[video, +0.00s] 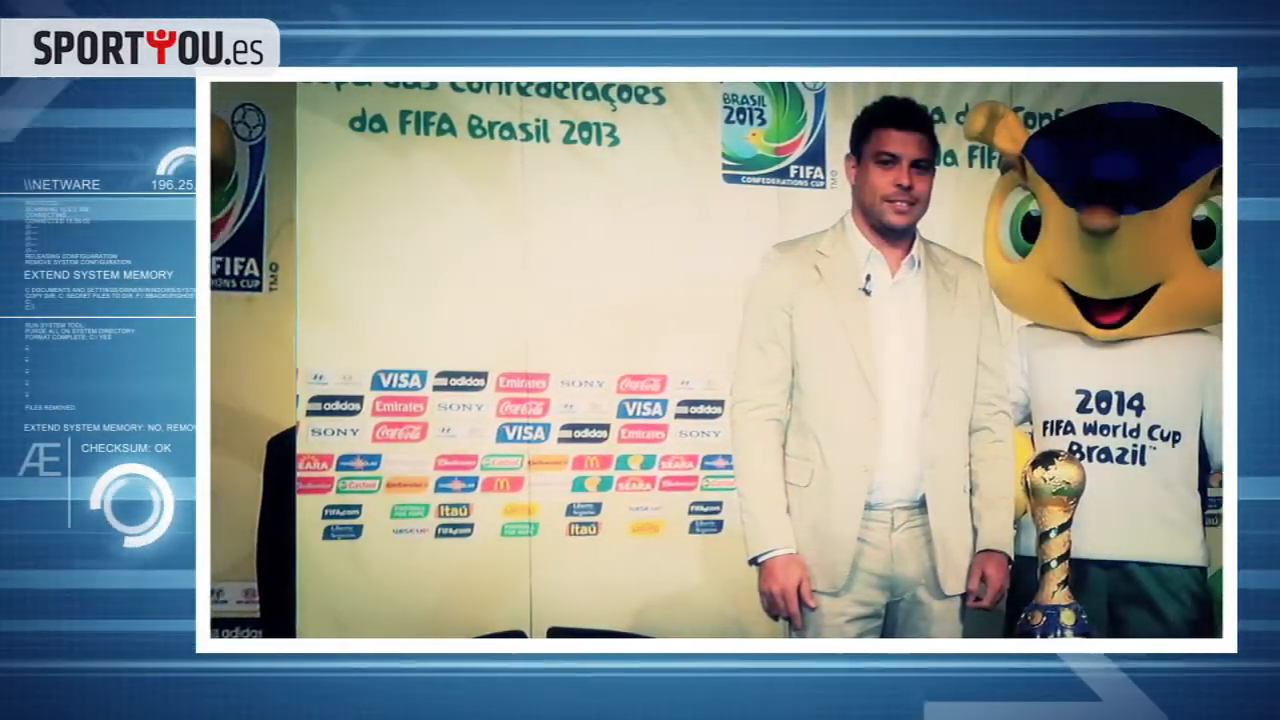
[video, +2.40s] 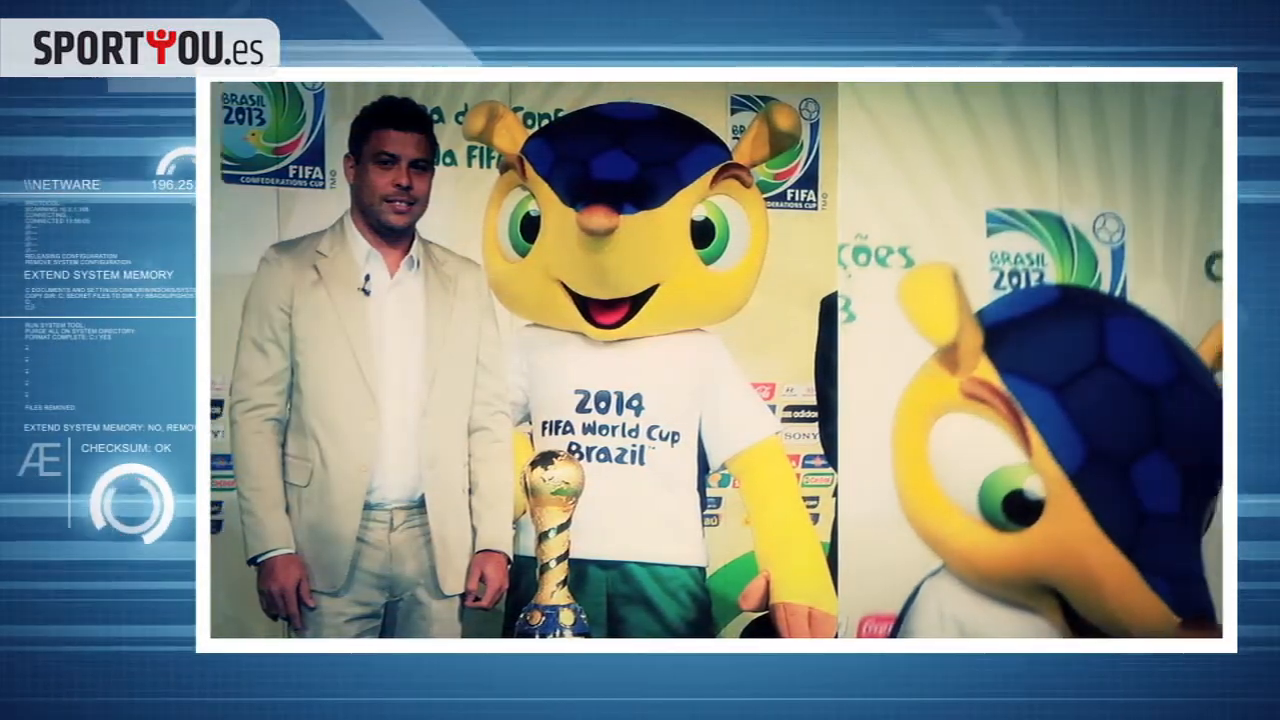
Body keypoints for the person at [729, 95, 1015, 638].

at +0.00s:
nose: (905, 180)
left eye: (921, 166)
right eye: (887, 162)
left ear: (934, 178)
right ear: (852, 169)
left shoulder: (967, 283)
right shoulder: (789, 270)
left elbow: (991, 423)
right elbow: (756, 414)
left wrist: (994, 543)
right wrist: (773, 549)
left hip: (940, 543)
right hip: (832, 545)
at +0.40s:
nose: (821, 180)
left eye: (837, 166)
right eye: (803, 162)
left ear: (850, 178)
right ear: (768, 169)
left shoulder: (883, 282)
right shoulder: (705, 271)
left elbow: (907, 422)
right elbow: (672, 415)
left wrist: (910, 543)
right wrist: (689, 549)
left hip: (857, 543)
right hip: (748, 544)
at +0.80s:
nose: (738, 180)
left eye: (754, 166)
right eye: (719, 162)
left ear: (767, 177)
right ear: (684, 169)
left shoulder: (800, 283)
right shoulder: (621, 271)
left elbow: (823, 423)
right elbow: (589, 415)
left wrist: (826, 543)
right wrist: (606, 549)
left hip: (773, 542)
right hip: (665, 544)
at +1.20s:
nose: (655, 180)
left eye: (671, 166)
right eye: (636, 162)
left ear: (684, 178)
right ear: (601, 170)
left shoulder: (717, 282)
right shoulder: (539, 270)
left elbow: (740, 423)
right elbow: (505, 415)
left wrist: (742, 543)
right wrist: (523, 549)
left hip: (689, 542)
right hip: (581, 544)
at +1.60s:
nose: (571, 180)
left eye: (587, 166)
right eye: (552, 162)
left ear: (600, 178)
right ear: (517, 170)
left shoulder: (633, 282)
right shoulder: (455, 270)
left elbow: (656, 423)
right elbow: (421, 414)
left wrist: (659, 543)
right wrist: (439, 548)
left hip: (606, 542)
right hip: (498, 544)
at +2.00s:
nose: (488, 180)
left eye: (504, 166)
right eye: (469, 162)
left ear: (517, 178)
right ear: (434, 170)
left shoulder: (550, 282)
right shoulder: (371, 270)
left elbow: (573, 423)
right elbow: (338, 414)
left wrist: (576, 543)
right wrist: (356, 548)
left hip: (522, 543)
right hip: (415, 544)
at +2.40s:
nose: (405, 181)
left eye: (420, 166)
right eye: (386, 162)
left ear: (433, 178)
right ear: (351, 170)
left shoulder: (466, 282)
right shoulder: (288, 270)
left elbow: (490, 422)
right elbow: (255, 413)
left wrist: (492, 542)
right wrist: (273, 548)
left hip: (439, 544)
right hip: (332, 545)